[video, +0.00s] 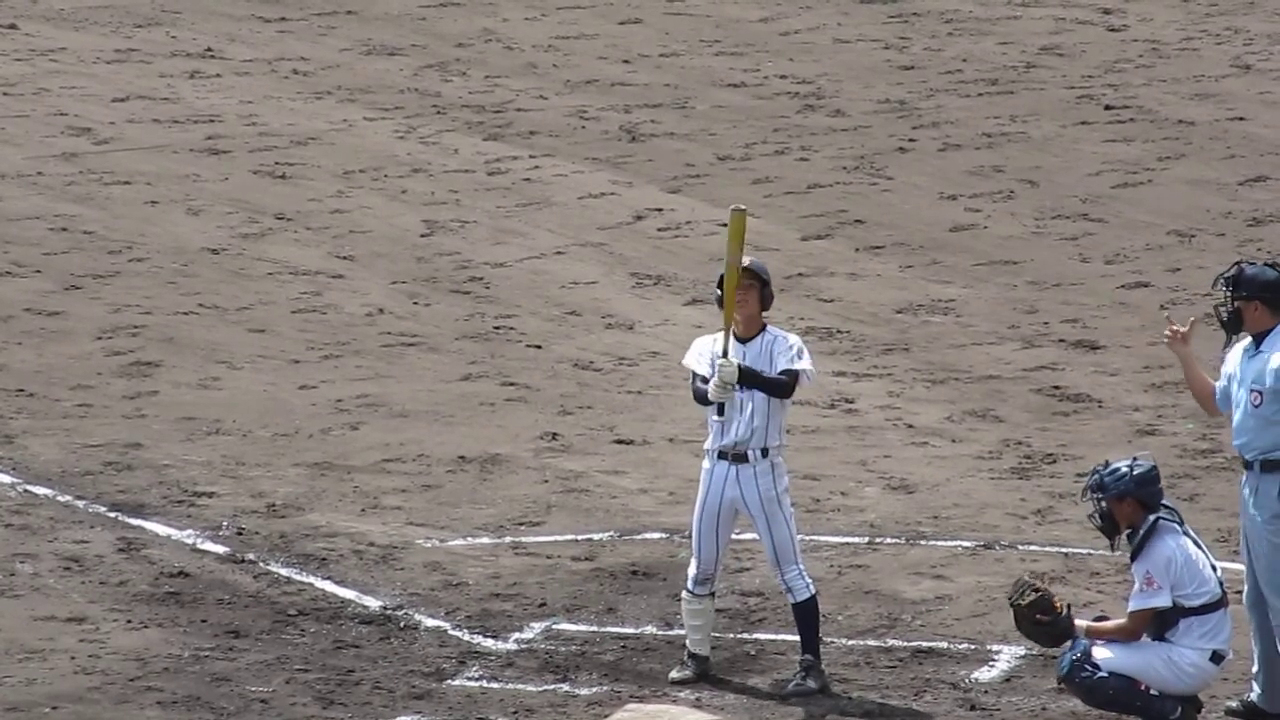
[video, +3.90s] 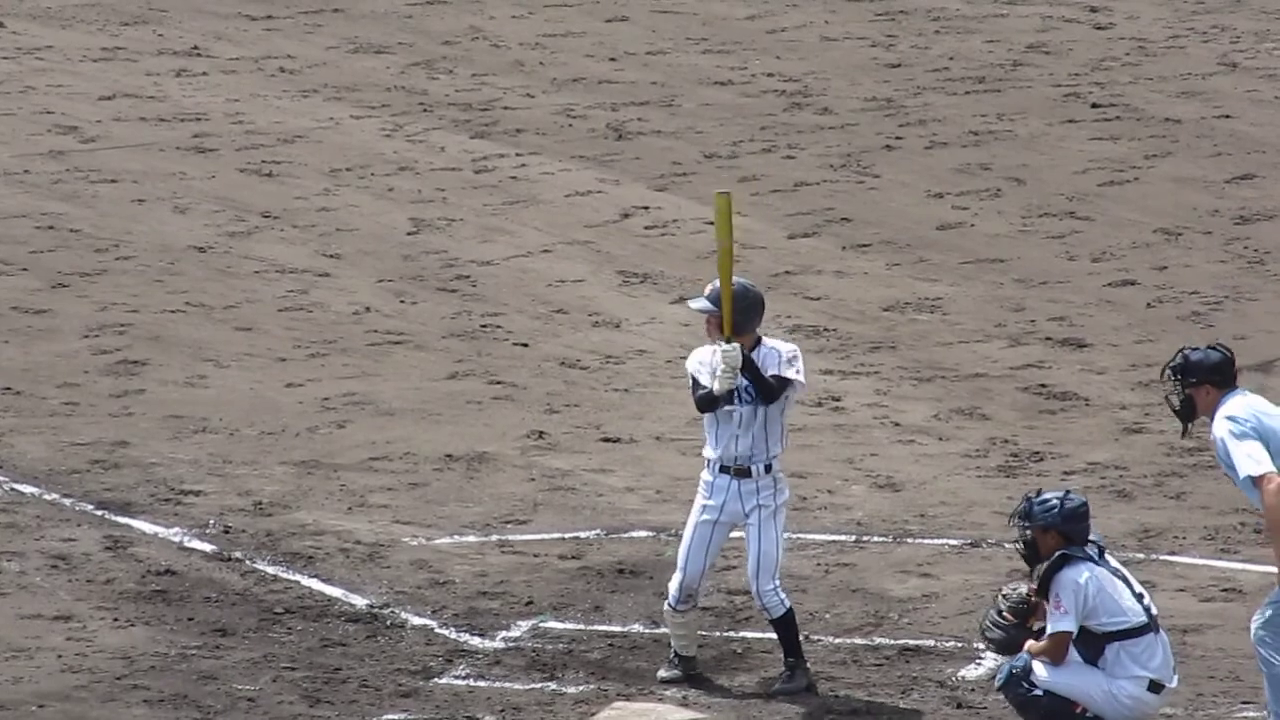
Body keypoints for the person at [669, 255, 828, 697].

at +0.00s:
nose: (740, 296)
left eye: (748, 289)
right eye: (734, 289)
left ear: (765, 297)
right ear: (724, 296)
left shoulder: (784, 343)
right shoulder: (707, 346)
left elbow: (786, 388)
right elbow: (697, 393)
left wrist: (743, 375)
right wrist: (714, 391)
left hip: (762, 470)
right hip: (716, 469)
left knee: (789, 569)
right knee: (702, 567)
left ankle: (811, 665)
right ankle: (696, 658)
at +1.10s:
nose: (706, 304)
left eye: (712, 298)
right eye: (707, 297)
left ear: (731, 304)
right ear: (735, 305)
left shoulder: (770, 346)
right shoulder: (707, 346)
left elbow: (738, 391)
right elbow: (681, 399)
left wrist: (682, 372)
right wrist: (667, 387)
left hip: (755, 472)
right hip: (714, 469)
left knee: (767, 578)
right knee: (697, 566)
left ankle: (802, 666)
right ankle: (687, 657)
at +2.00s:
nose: (732, 314)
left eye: (739, 309)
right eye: (734, 307)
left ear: (760, 315)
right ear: (758, 313)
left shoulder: (809, 350)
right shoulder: (728, 354)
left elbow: (790, 384)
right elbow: (720, 414)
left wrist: (742, 355)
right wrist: (726, 388)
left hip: (781, 476)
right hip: (734, 472)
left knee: (780, 577)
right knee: (698, 568)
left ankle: (801, 665)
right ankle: (685, 649)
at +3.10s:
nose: (715, 309)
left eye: (721, 304)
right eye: (715, 304)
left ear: (743, 309)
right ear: (717, 307)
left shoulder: (778, 350)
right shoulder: (709, 343)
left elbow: (801, 356)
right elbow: (685, 359)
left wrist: (764, 308)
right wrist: (720, 327)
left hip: (761, 479)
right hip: (714, 476)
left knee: (768, 581)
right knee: (688, 577)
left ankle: (800, 665)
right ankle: (686, 656)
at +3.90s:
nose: (704, 322)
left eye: (711, 316)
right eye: (705, 315)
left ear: (734, 322)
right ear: (716, 319)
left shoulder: (782, 354)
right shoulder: (702, 358)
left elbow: (770, 394)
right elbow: (702, 403)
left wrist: (743, 358)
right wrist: (724, 388)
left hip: (763, 486)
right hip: (715, 484)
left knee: (765, 586)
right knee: (683, 584)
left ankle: (797, 669)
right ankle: (683, 659)